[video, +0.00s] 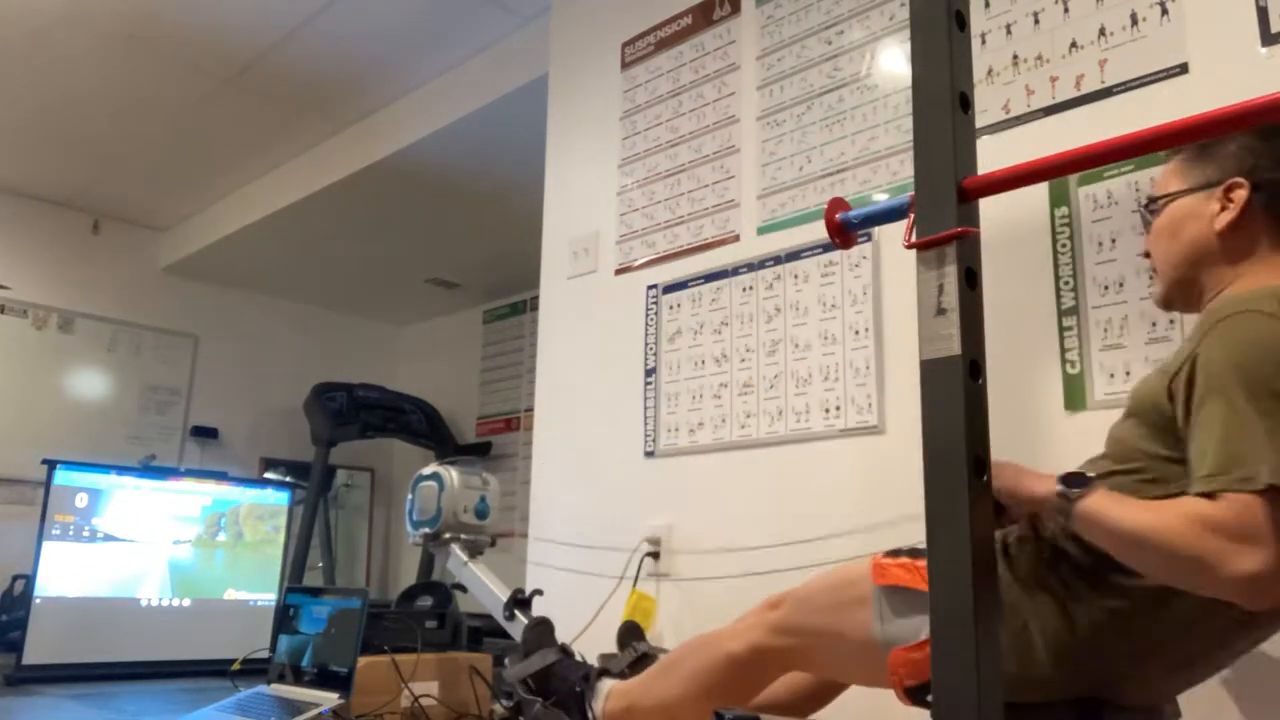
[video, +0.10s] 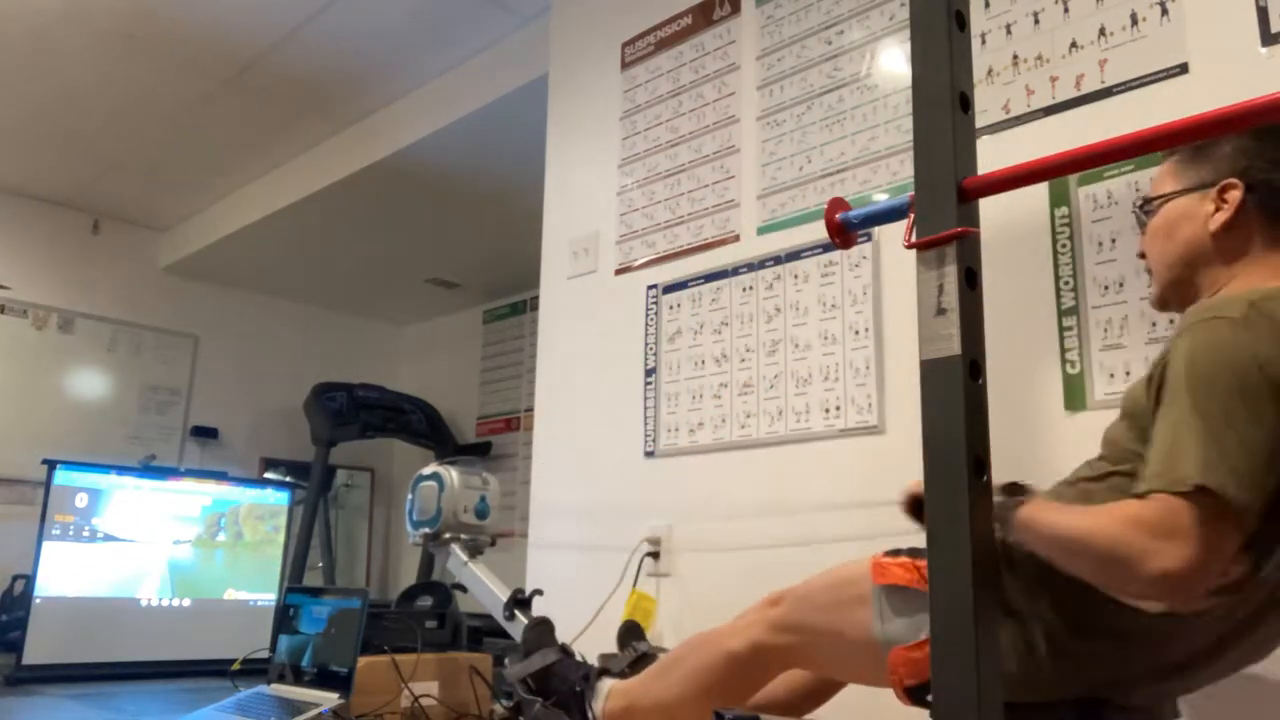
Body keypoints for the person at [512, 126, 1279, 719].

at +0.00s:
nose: (1145, 234)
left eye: (1160, 206)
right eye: (1148, 213)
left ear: (1231, 207)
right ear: (1233, 212)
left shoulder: (1250, 327)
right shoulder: (1241, 329)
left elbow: (1252, 559)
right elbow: (1228, 547)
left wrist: (1058, 498)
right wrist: (1053, 505)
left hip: (1059, 630)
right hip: (1088, 631)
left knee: (783, 620)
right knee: (839, 629)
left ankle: (608, 704)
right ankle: (705, 716)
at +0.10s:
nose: (1141, 234)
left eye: (1157, 206)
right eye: (1145, 212)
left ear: (1228, 207)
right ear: (1231, 212)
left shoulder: (1237, 326)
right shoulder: (1250, 327)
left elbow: (1183, 558)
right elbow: (1201, 561)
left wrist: (992, 507)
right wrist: (999, 518)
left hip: (1048, 628)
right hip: (1094, 638)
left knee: (781, 620)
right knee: (835, 632)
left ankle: (608, 705)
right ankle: (703, 717)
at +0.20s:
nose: (1123, 238)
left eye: (1137, 211)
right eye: (1128, 215)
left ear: (1204, 208)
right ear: (1215, 211)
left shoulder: (1202, 334)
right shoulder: (1267, 330)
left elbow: (1083, 534)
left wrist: (918, 497)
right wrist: (965, 542)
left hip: (1056, 647)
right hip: (1128, 657)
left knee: (780, 611)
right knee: (839, 622)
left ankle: (606, 705)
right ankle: (692, 710)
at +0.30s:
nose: (1083, 229)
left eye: (1098, 205)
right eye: (1087, 209)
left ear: (1164, 204)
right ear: (1183, 207)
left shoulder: (1165, 325)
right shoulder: (1266, 323)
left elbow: (1001, 495)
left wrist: (846, 483)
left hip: (1040, 631)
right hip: (1130, 644)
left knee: (766, 593)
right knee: (831, 608)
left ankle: (610, 703)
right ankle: (697, 706)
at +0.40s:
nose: (1035, 227)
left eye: (1047, 202)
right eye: (1038, 206)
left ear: (1105, 196)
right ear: (1136, 202)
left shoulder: (1110, 310)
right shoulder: (1199, 310)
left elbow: (917, 462)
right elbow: (1073, 506)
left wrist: (782, 472)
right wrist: (918, 523)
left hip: (1042, 627)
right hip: (1105, 626)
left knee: (747, 581)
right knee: (821, 596)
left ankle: (609, 710)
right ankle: (700, 706)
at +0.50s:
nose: (970, 227)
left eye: (982, 202)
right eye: (974, 205)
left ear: (1035, 201)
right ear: (1059, 206)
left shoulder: (1037, 306)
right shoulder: (1131, 306)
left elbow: (847, 445)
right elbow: (1029, 506)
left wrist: (724, 473)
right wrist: (862, 497)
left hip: (1023, 627)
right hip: (1092, 628)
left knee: (738, 557)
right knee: (837, 549)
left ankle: (612, 703)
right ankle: (694, 696)